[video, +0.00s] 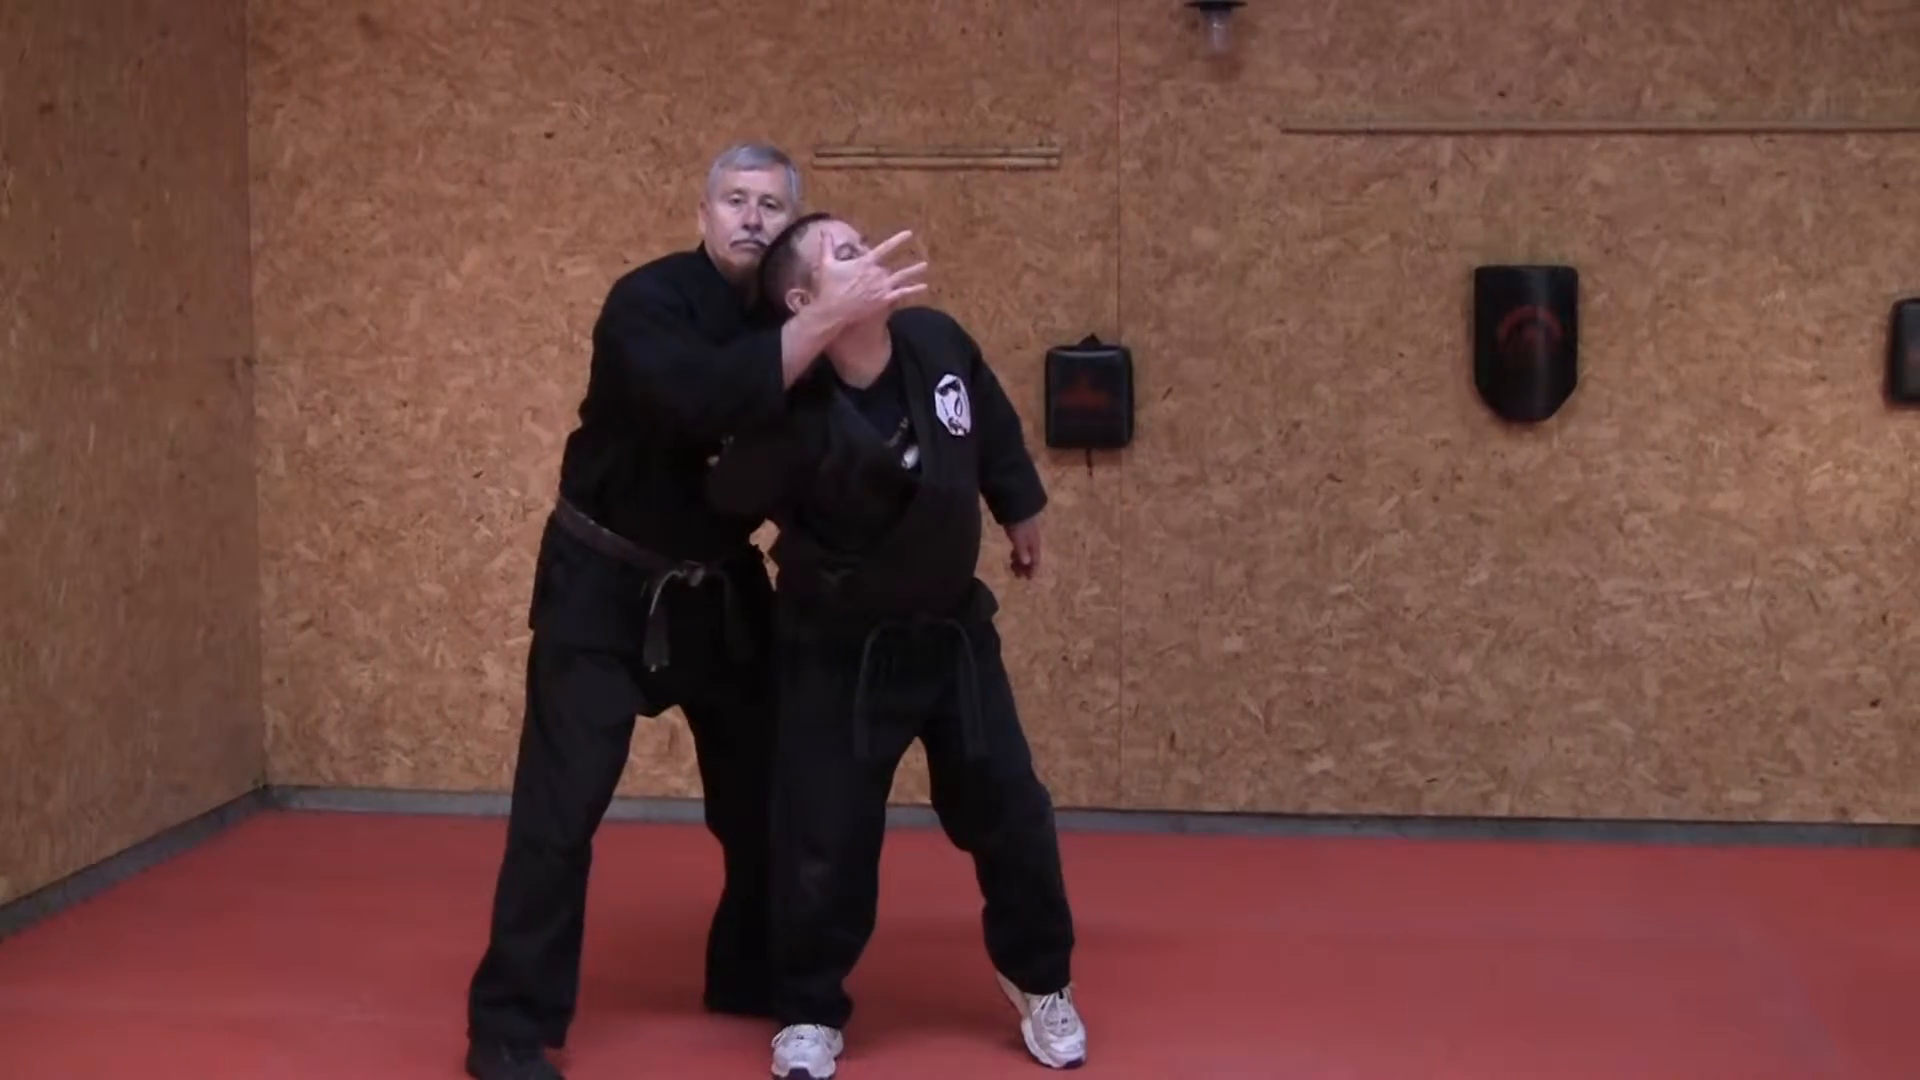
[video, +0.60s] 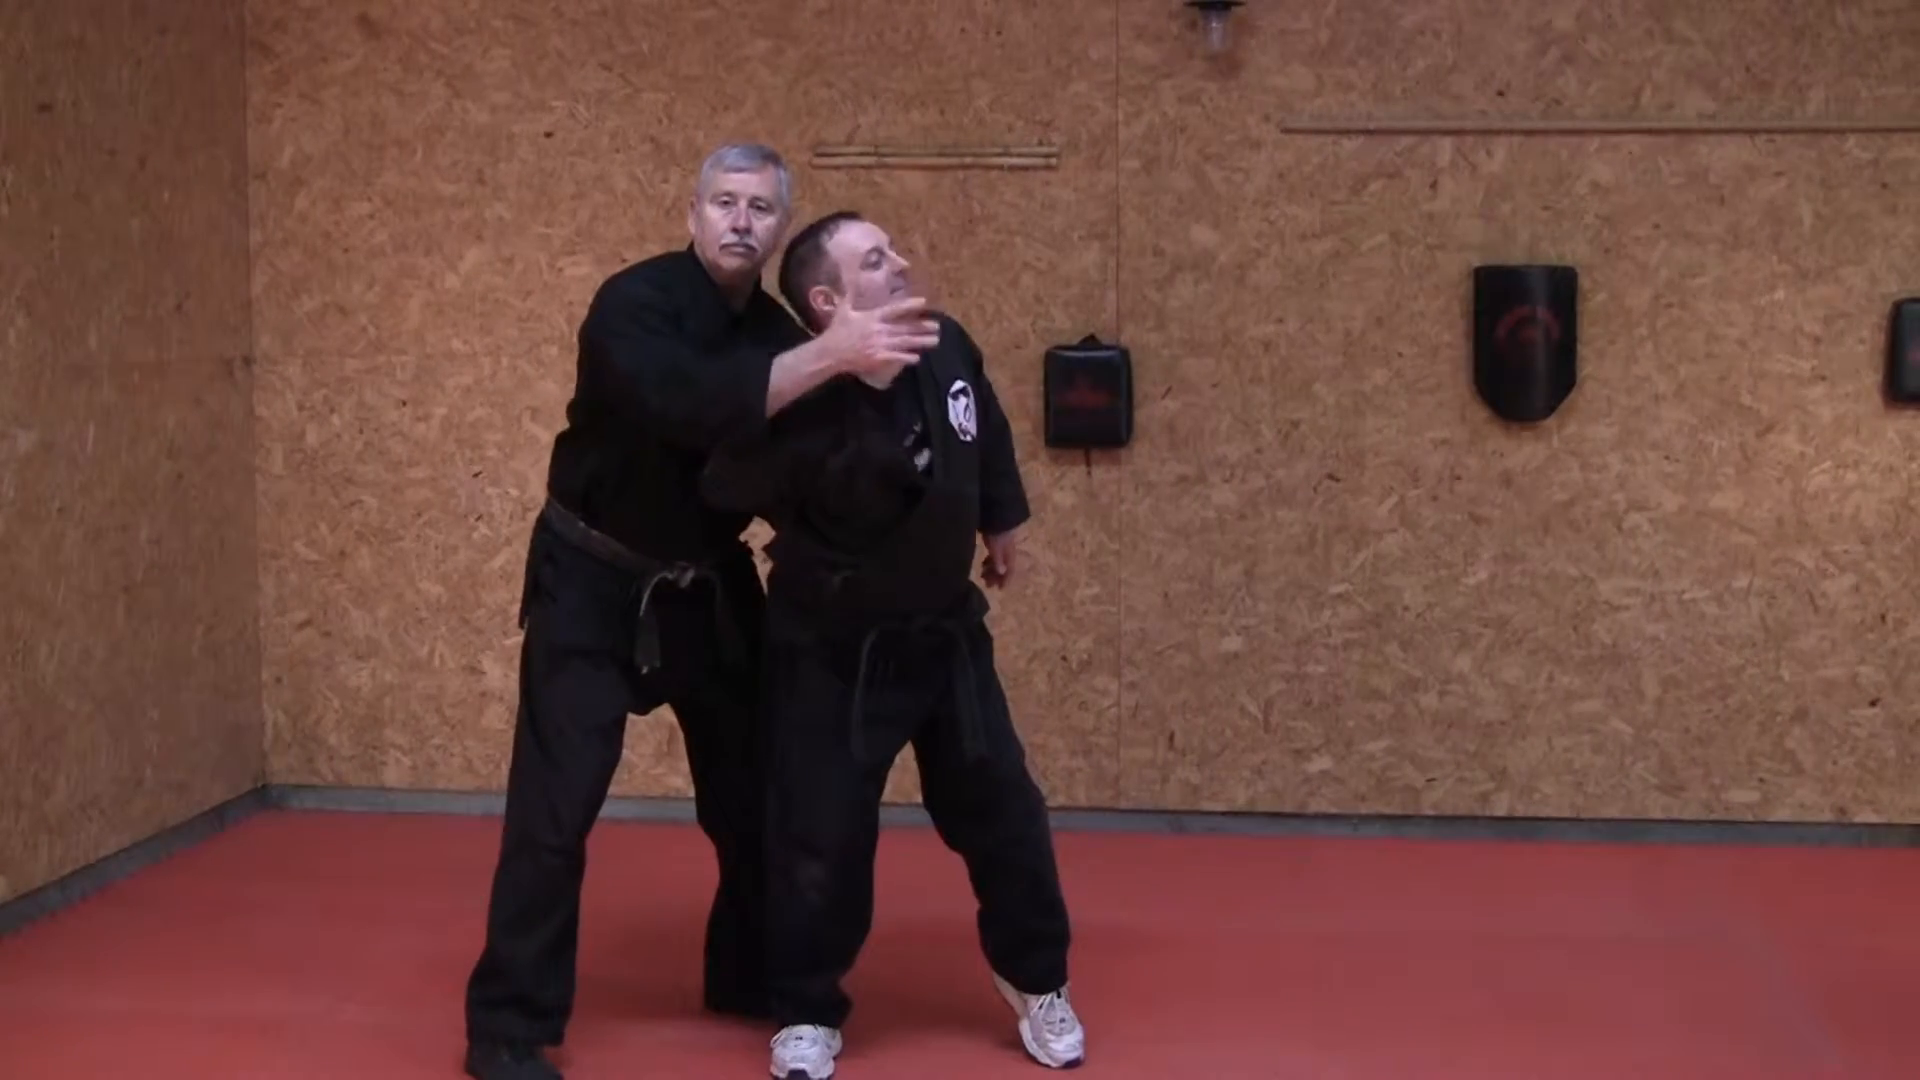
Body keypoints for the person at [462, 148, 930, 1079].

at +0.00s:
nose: (752, 216)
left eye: (771, 205)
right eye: (736, 199)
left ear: (792, 224)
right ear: (701, 210)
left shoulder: (790, 308)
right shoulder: (643, 303)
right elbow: (697, 399)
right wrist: (824, 318)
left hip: (719, 576)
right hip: (604, 573)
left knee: (762, 790)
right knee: (560, 811)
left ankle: (752, 977)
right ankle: (514, 1032)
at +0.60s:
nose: (742, 219)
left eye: (761, 207)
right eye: (725, 202)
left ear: (782, 229)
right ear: (692, 215)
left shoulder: (783, 329)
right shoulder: (630, 305)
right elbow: (678, 403)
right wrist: (828, 355)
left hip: (710, 579)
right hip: (591, 575)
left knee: (754, 791)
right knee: (555, 813)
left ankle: (748, 980)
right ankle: (511, 1037)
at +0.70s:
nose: (742, 219)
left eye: (762, 208)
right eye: (726, 202)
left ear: (783, 229)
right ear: (693, 214)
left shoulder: (786, 342)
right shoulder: (629, 304)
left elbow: (823, 467)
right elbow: (661, 410)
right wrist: (813, 384)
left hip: (707, 578)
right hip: (589, 572)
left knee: (752, 791)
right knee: (554, 809)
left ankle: (748, 980)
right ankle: (512, 1034)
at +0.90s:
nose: (744, 220)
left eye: (763, 207)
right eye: (728, 202)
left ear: (783, 226)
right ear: (693, 209)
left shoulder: (786, 345)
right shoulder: (626, 305)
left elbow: (822, 452)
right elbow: (617, 443)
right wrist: (752, 466)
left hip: (706, 577)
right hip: (588, 576)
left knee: (752, 789)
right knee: (552, 814)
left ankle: (746, 978)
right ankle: (510, 1038)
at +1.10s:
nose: (742, 219)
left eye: (762, 206)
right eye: (727, 201)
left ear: (785, 224)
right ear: (695, 209)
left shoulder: (791, 349)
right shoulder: (624, 307)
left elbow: (828, 478)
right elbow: (557, 451)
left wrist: (791, 441)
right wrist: (654, 550)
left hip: (712, 578)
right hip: (589, 576)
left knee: (756, 789)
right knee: (551, 815)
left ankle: (747, 971)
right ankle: (508, 1032)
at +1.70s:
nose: (784, 217)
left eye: (803, 205)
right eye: (768, 199)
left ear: (822, 226)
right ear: (733, 209)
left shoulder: (822, 353)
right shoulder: (656, 296)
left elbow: (840, 499)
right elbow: (548, 420)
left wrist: (929, 495)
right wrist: (556, 554)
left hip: (738, 590)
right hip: (616, 578)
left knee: (786, 783)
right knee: (566, 812)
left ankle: (753, 971)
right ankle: (510, 1029)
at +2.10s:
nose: (842, 231)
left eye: (857, 215)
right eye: (827, 210)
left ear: (870, 220)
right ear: (783, 201)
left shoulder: (863, 322)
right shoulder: (704, 287)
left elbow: (878, 452)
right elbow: (611, 409)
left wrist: (900, 560)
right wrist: (604, 552)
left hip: (801, 579)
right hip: (696, 571)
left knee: (805, 790)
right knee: (666, 796)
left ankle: (753, 971)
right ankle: (603, 1005)